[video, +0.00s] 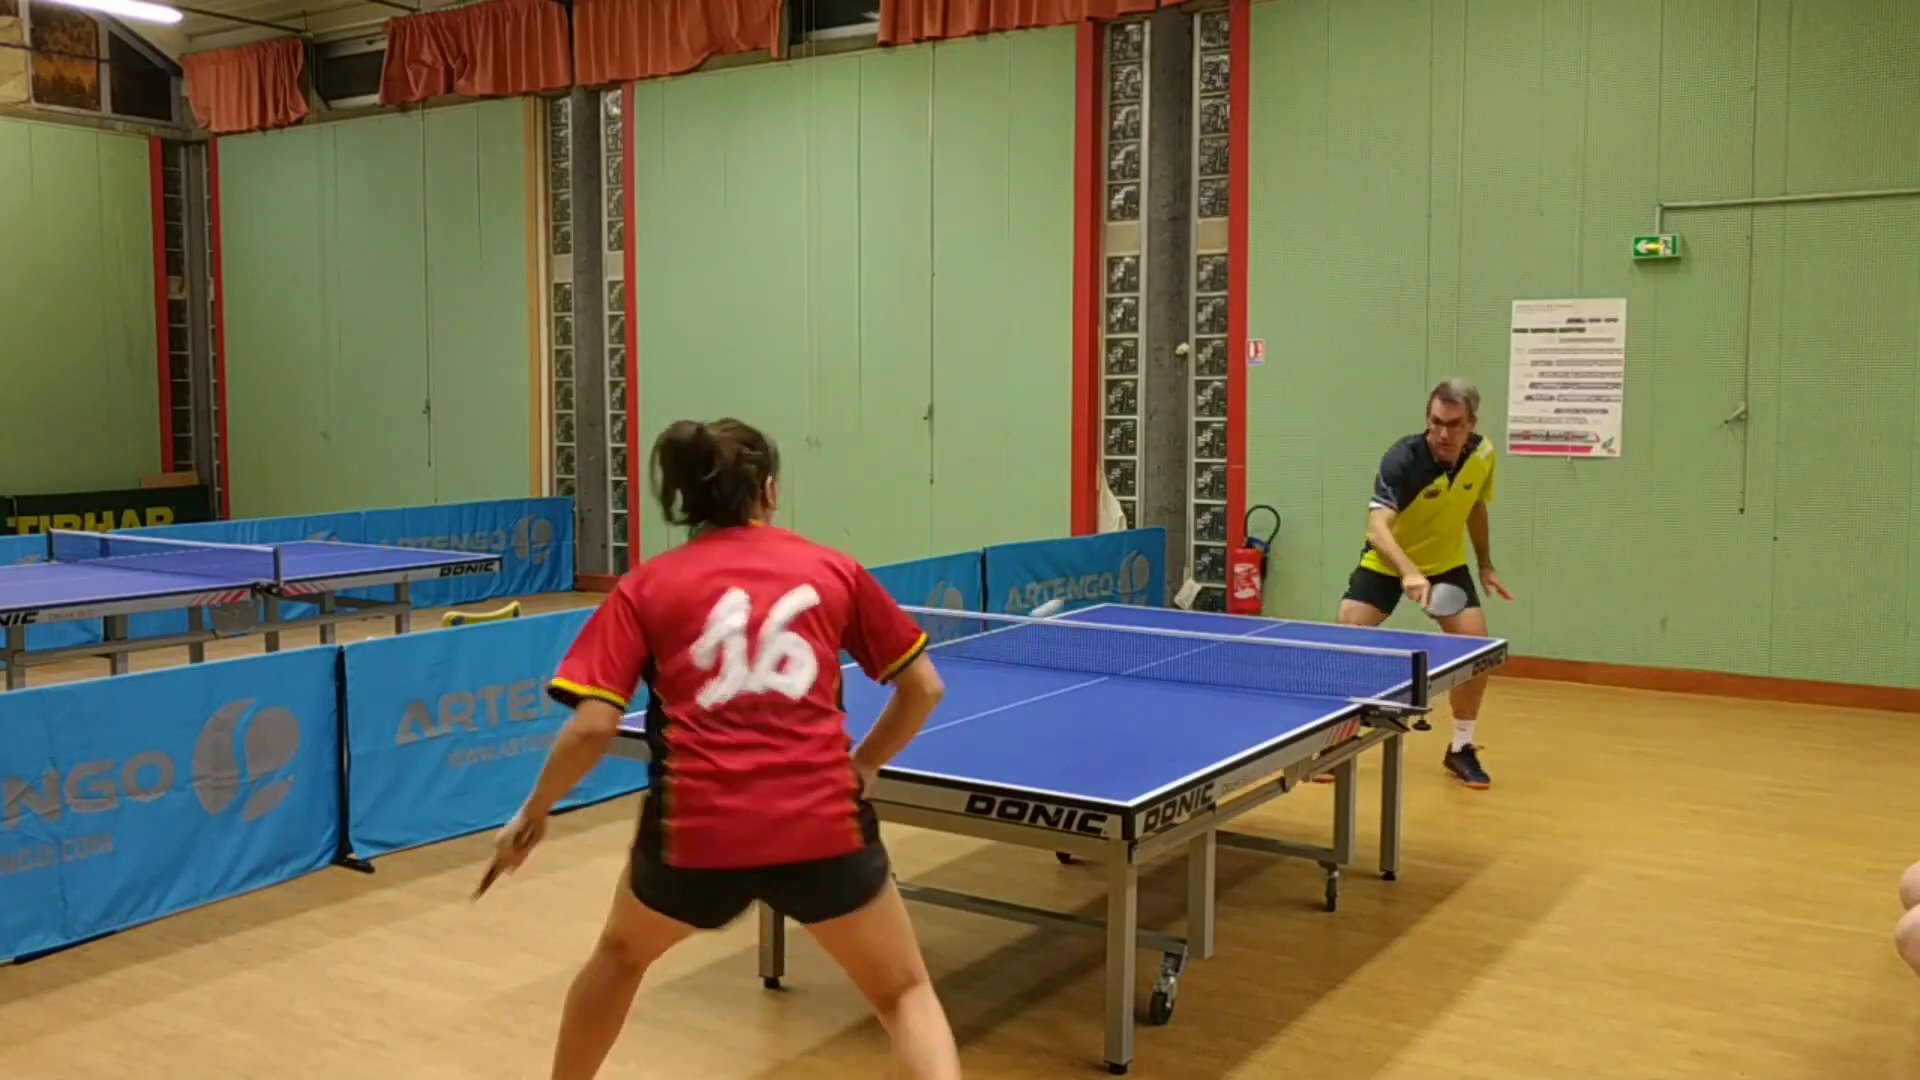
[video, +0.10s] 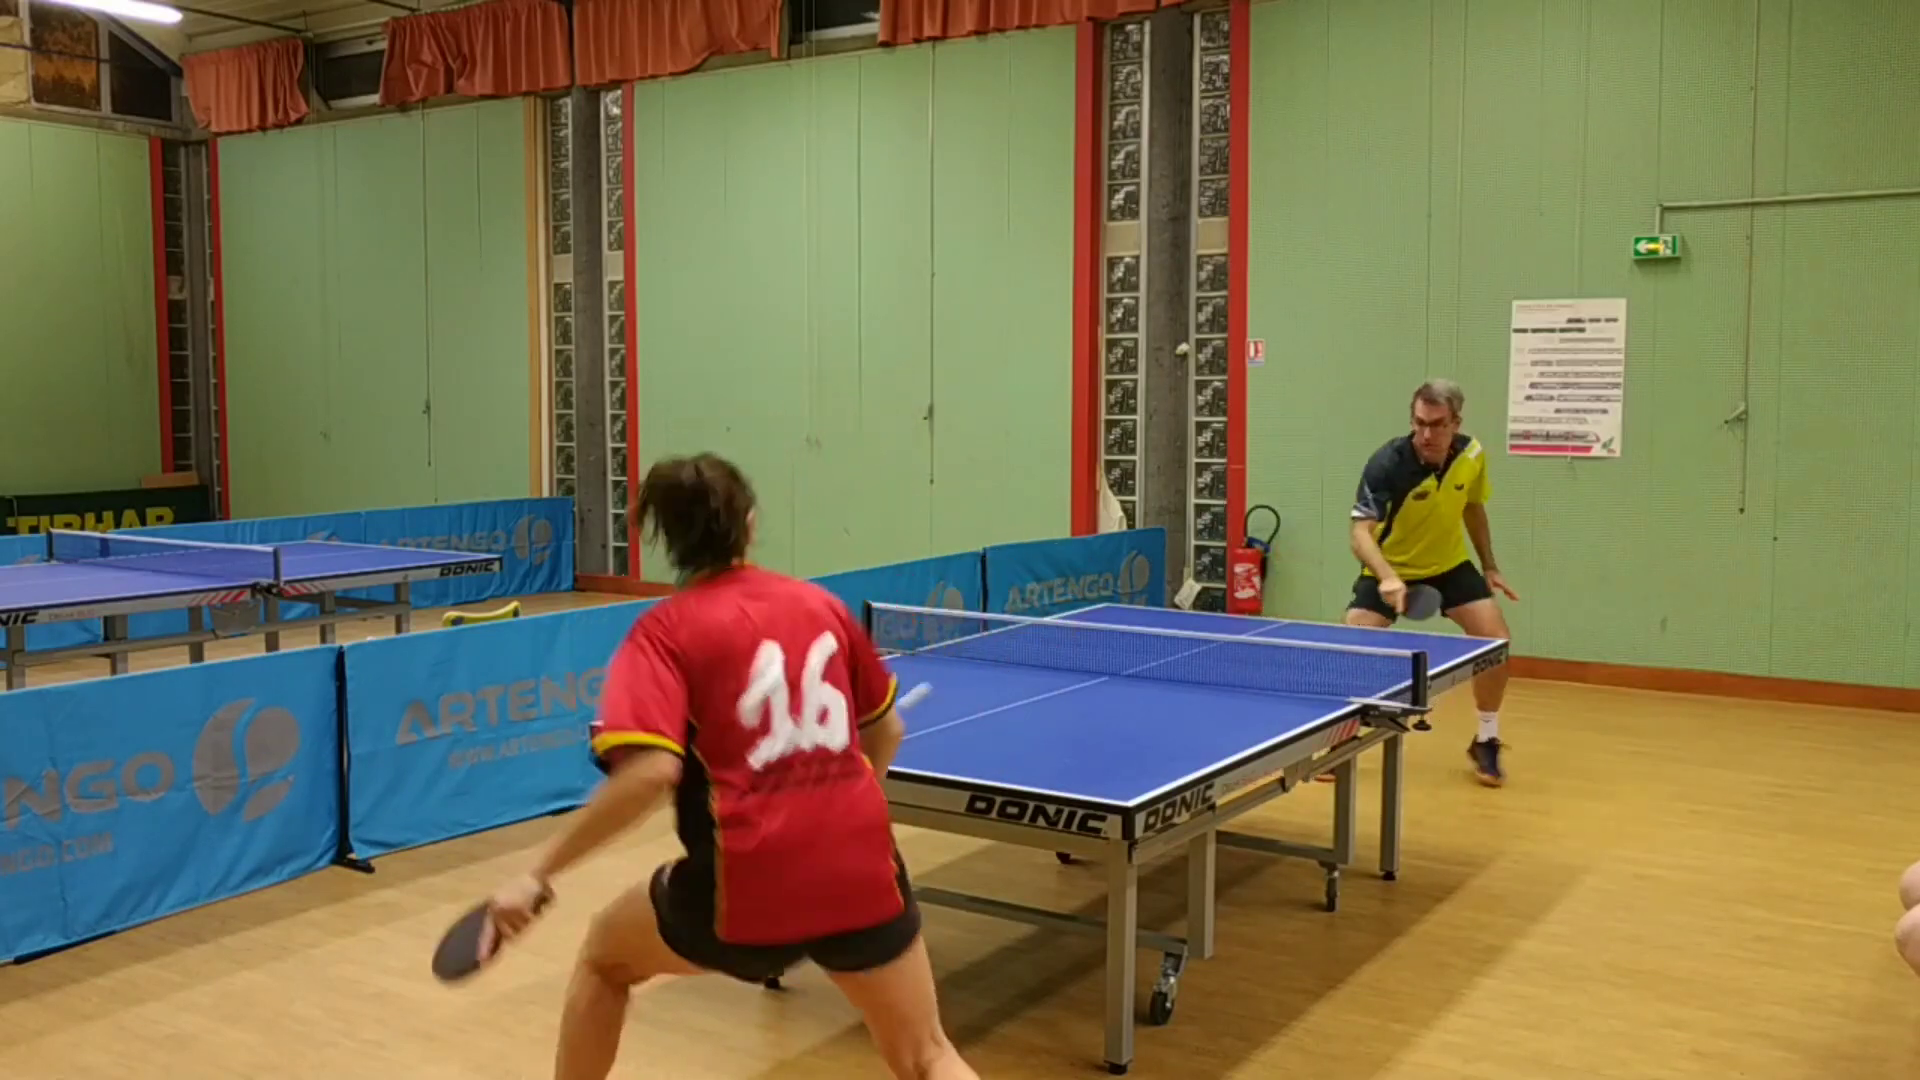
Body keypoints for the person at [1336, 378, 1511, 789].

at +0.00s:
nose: (1443, 434)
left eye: (1454, 426)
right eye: (1436, 423)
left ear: (1472, 424)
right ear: (1426, 419)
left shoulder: (1482, 455)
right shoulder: (1404, 456)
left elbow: (1477, 508)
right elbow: (1376, 524)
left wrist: (1486, 565)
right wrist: (1408, 571)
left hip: (1446, 563)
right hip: (1387, 560)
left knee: (1475, 646)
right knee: (1349, 633)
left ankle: (1462, 748)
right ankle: (1338, 741)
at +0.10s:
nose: (1426, 434)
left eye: (1436, 425)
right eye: (1420, 424)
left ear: (1455, 423)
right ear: (1411, 420)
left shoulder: (1470, 455)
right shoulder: (1388, 462)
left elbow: (1473, 508)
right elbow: (1359, 533)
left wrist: (1489, 567)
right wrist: (1386, 576)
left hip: (1449, 565)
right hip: (1391, 569)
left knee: (1496, 644)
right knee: (1354, 647)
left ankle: (1487, 741)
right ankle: (1340, 743)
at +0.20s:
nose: (1414, 440)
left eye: (1424, 430)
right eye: (1408, 429)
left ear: (1445, 429)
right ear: (1400, 427)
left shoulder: (1468, 463)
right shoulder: (1378, 473)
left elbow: (1484, 517)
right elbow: (1350, 538)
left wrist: (1503, 575)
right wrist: (1363, 583)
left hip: (1457, 573)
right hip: (1395, 575)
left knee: (1511, 653)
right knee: (1357, 644)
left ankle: (1534, 739)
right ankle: (1341, 743)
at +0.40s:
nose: (1425, 441)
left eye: (1435, 431)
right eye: (1419, 432)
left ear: (1457, 429)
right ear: (1412, 432)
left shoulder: (1494, 467)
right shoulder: (1404, 476)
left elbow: (1530, 521)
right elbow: (1385, 534)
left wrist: (1544, 587)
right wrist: (1371, 578)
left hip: (1495, 581)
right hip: (1433, 578)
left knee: (1548, 669)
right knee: (1391, 638)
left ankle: (1578, 748)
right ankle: (1344, 740)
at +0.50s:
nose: (1439, 435)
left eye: (1448, 424)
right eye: (1432, 425)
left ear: (1471, 421)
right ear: (1427, 426)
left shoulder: (1514, 456)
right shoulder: (1428, 466)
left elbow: (1555, 510)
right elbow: (1413, 523)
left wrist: (1558, 574)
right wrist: (1397, 565)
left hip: (1522, 570)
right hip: (1459, 567)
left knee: (1560, 665)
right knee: (1412, 628)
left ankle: (1583, 747)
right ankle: (1381, 726)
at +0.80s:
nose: (1463, 419)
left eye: (1470, 408)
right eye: (1457, 411)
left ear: (1496, 400)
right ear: (1453, 409)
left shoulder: (1541, 436)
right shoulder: (1458, 439)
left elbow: (1577, 490)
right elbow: (1461, 490)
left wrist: (1582, 553)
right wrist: (1447, 543)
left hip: (1544, 552)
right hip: (1487, 554)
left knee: (1565, 646)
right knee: (1459, 627)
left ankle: (1586, 740)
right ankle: (1433, 729)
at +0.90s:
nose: (1472, 406)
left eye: (1477, 396)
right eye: (1467, 398)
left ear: (1504, 384)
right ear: (1470, 394)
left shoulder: (1551, 422)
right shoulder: (1482, 423)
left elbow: (1592, 473)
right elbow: (1493, 471)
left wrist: (1581, 538)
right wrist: (1476, 510)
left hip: (1552, 548)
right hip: (1501, 547)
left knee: (1567, 641)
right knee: (1473, 622)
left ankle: (1595, 736)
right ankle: (1446, 715)